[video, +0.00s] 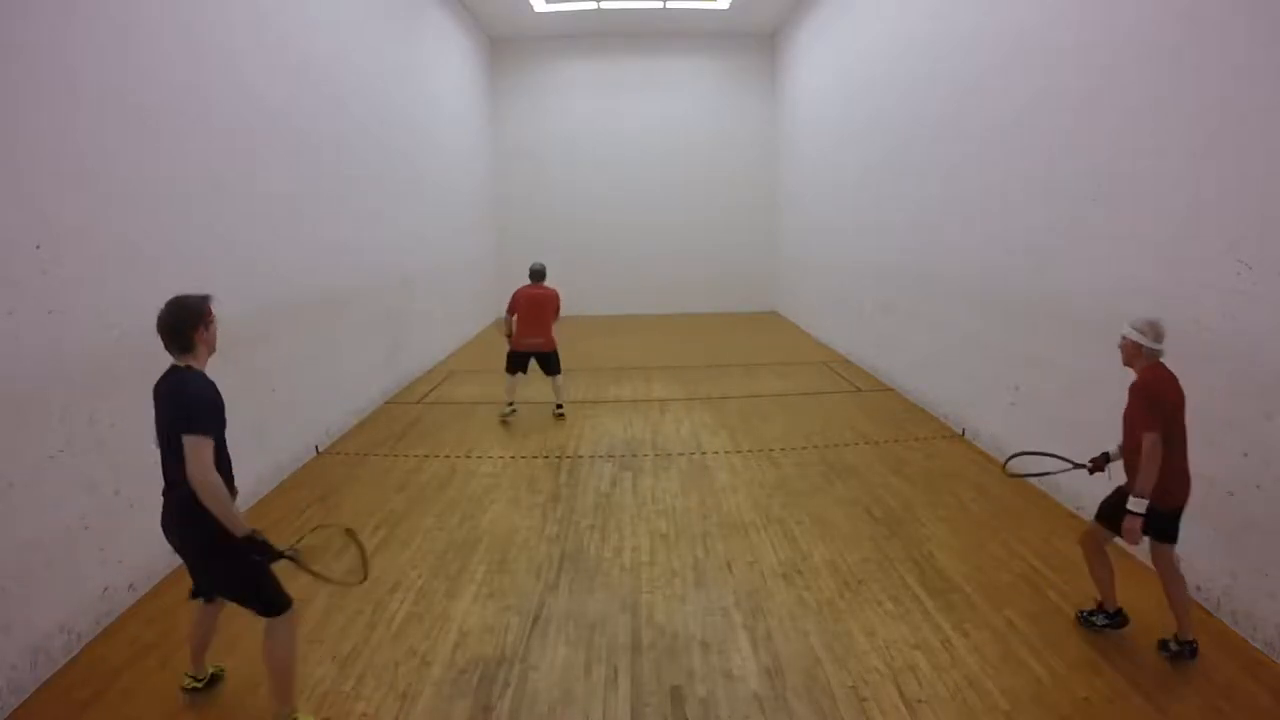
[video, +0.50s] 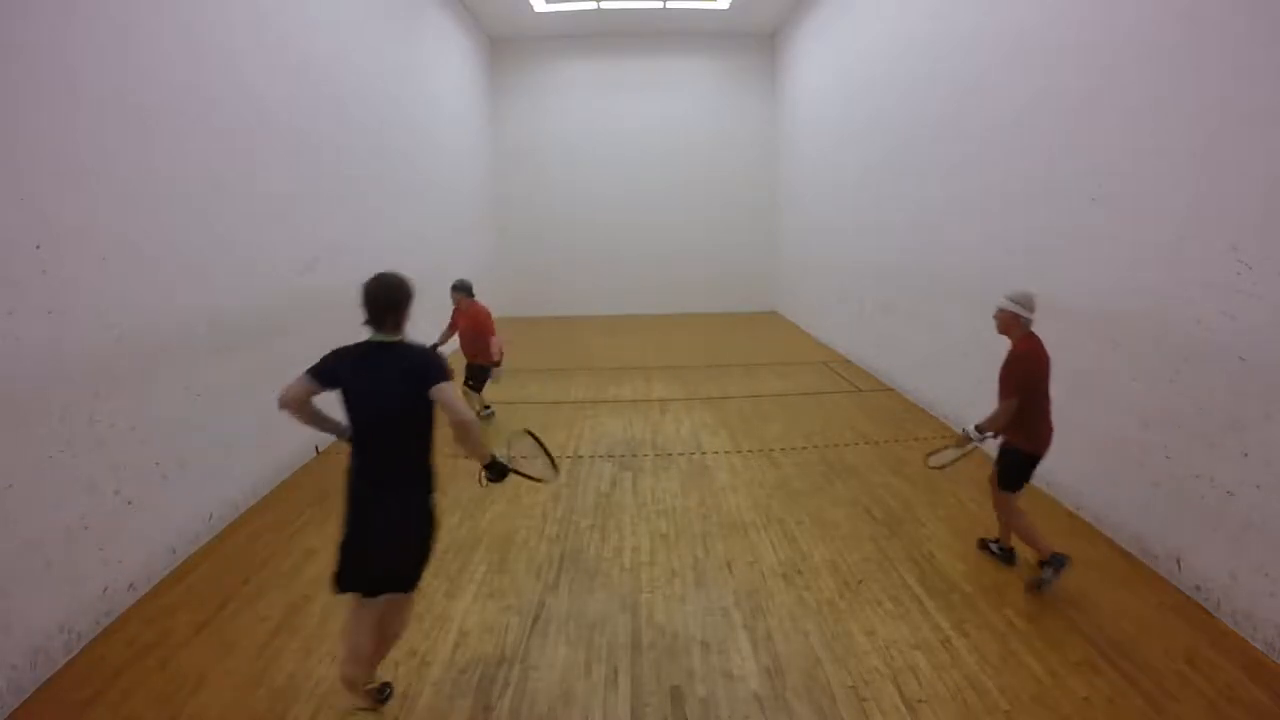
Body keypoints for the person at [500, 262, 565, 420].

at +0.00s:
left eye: (532, 275)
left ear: (529, 276)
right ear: (545, 277)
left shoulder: (520, 293)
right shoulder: (552, 294)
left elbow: (508, 315)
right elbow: (555, 316)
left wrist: (509, 334)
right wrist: (542, 321)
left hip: (521, 343)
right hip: (545, 343)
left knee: (512, 373)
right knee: (556, 374)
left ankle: (510, 405)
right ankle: (559, 406)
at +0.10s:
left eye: (522, 277)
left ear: (519, 279)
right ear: (535, 279)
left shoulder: (511, 297)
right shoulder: (543, 295)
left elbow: (498, 320)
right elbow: (534, 311)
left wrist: (491, 334)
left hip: (516, 347)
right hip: (540, 346)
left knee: (499, 376)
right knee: (551, 375)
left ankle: (496, 409)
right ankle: (559, 406)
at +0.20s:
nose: (508, 279)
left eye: (506, 276)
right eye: (515, 277)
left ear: (505, 278)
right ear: (520, 278)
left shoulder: (500, 299)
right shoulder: (526, 293)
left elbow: (486, 322)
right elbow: (507, 296)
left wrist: (472, 328)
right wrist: (489, 293)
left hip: (507, 351)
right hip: (528, 349)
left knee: (488, 380)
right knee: (538, 375)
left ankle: (496, 416)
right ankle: (558, 402)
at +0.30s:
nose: (484, 279)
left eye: (485, 276)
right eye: (484, 276)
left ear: (489, 278)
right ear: (501, 277)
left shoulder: (491, 300)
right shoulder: (507, 292)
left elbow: (480, 326)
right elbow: (485, 300)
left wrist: (463, 337)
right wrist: (464, 301)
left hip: (500, 351)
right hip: (515, 346)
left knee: (483, 381)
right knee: (511, 374)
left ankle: (496, 416)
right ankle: (532, 397)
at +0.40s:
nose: (466, 287)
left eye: (468, 284)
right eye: (466, 284)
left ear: (477, 285)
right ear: (476, 285)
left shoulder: (486, 303)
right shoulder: (476, 298)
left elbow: (484, 334)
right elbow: (465, 314)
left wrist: (469, 354)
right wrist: (446, 322)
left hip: (498, 350)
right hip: (490, 347)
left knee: (475, 382)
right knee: (482, 383)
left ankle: (489, 413)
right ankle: (485, 410)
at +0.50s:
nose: (451, 298)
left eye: (453, 294)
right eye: (451, 294)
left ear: (462, 295)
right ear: (459, 296)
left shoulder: (480, 311)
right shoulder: (458, 311)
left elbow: (492, 337)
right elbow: (451, 329)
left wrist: (495, 362)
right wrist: (437, 344)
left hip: (484, 359)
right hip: (472, 357)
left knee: (468, 389)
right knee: (472, 387)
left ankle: (473, 416)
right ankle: (485, 408)